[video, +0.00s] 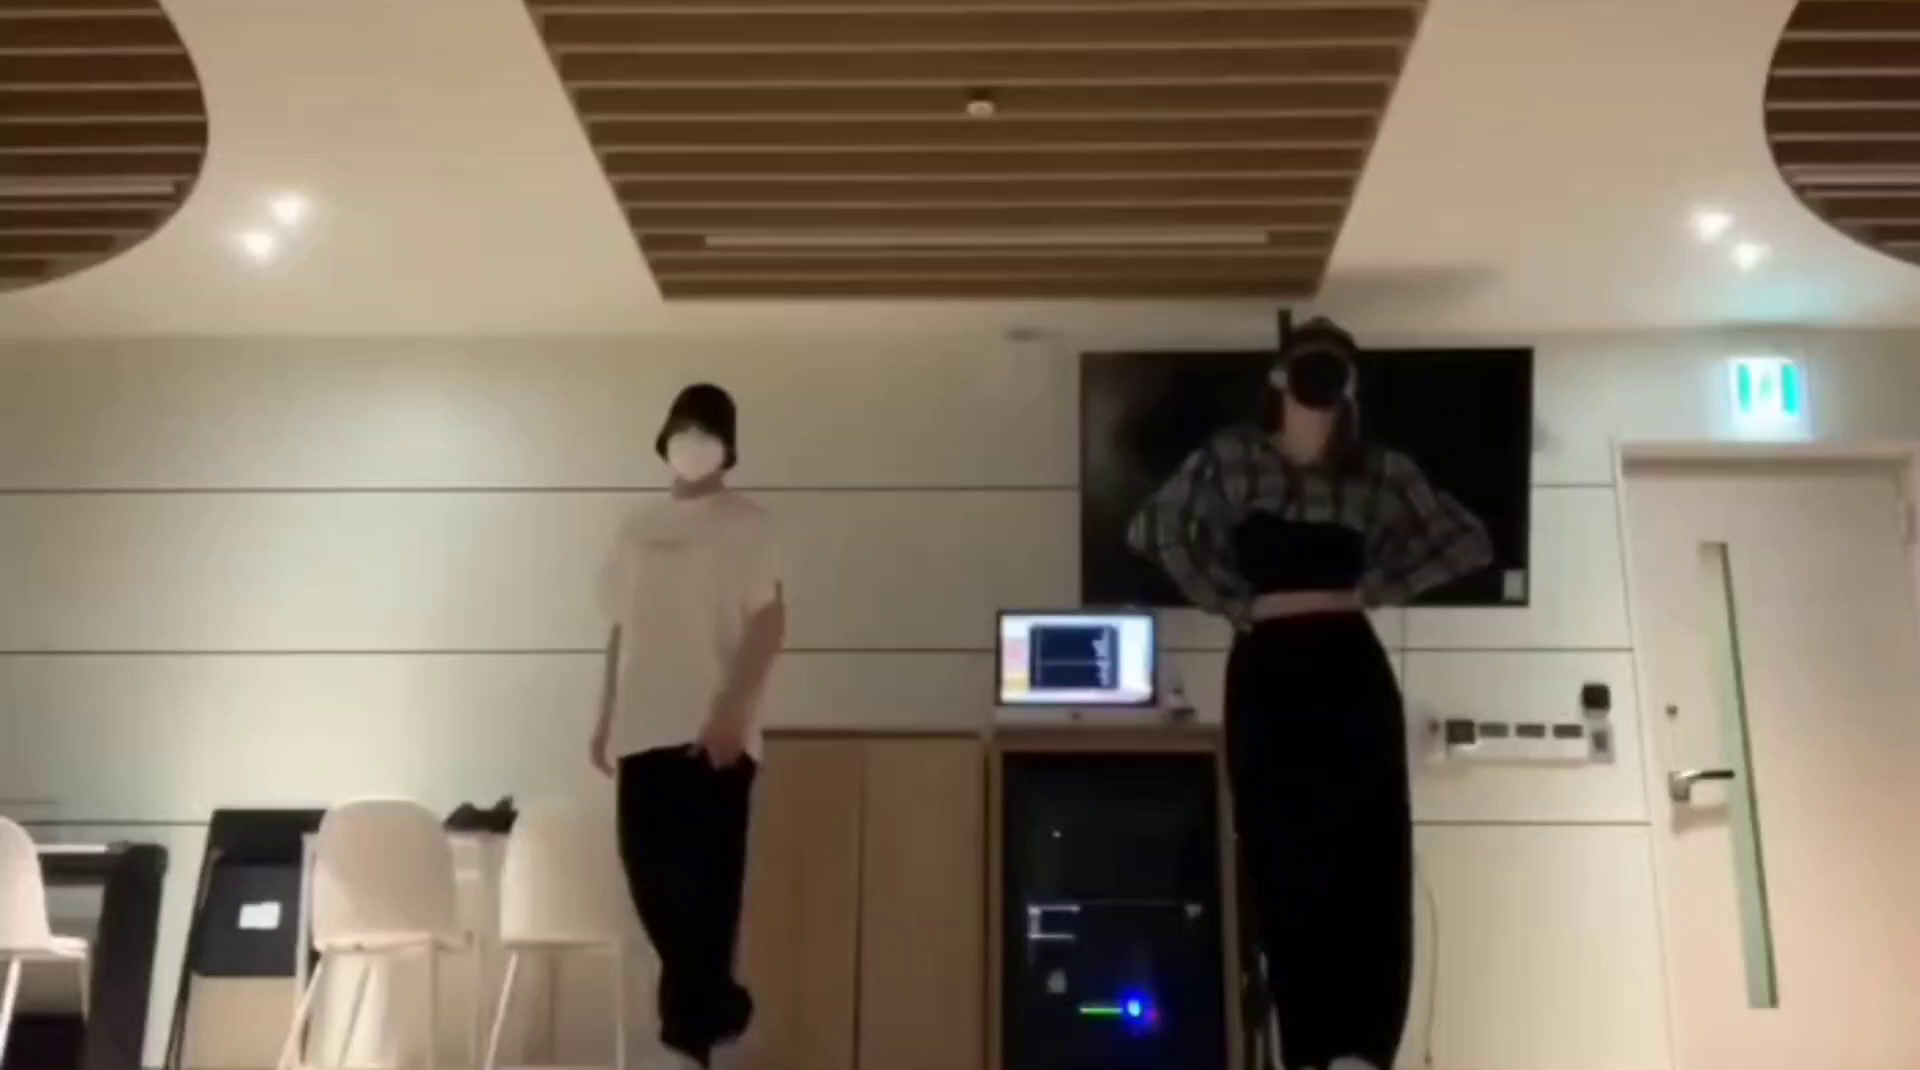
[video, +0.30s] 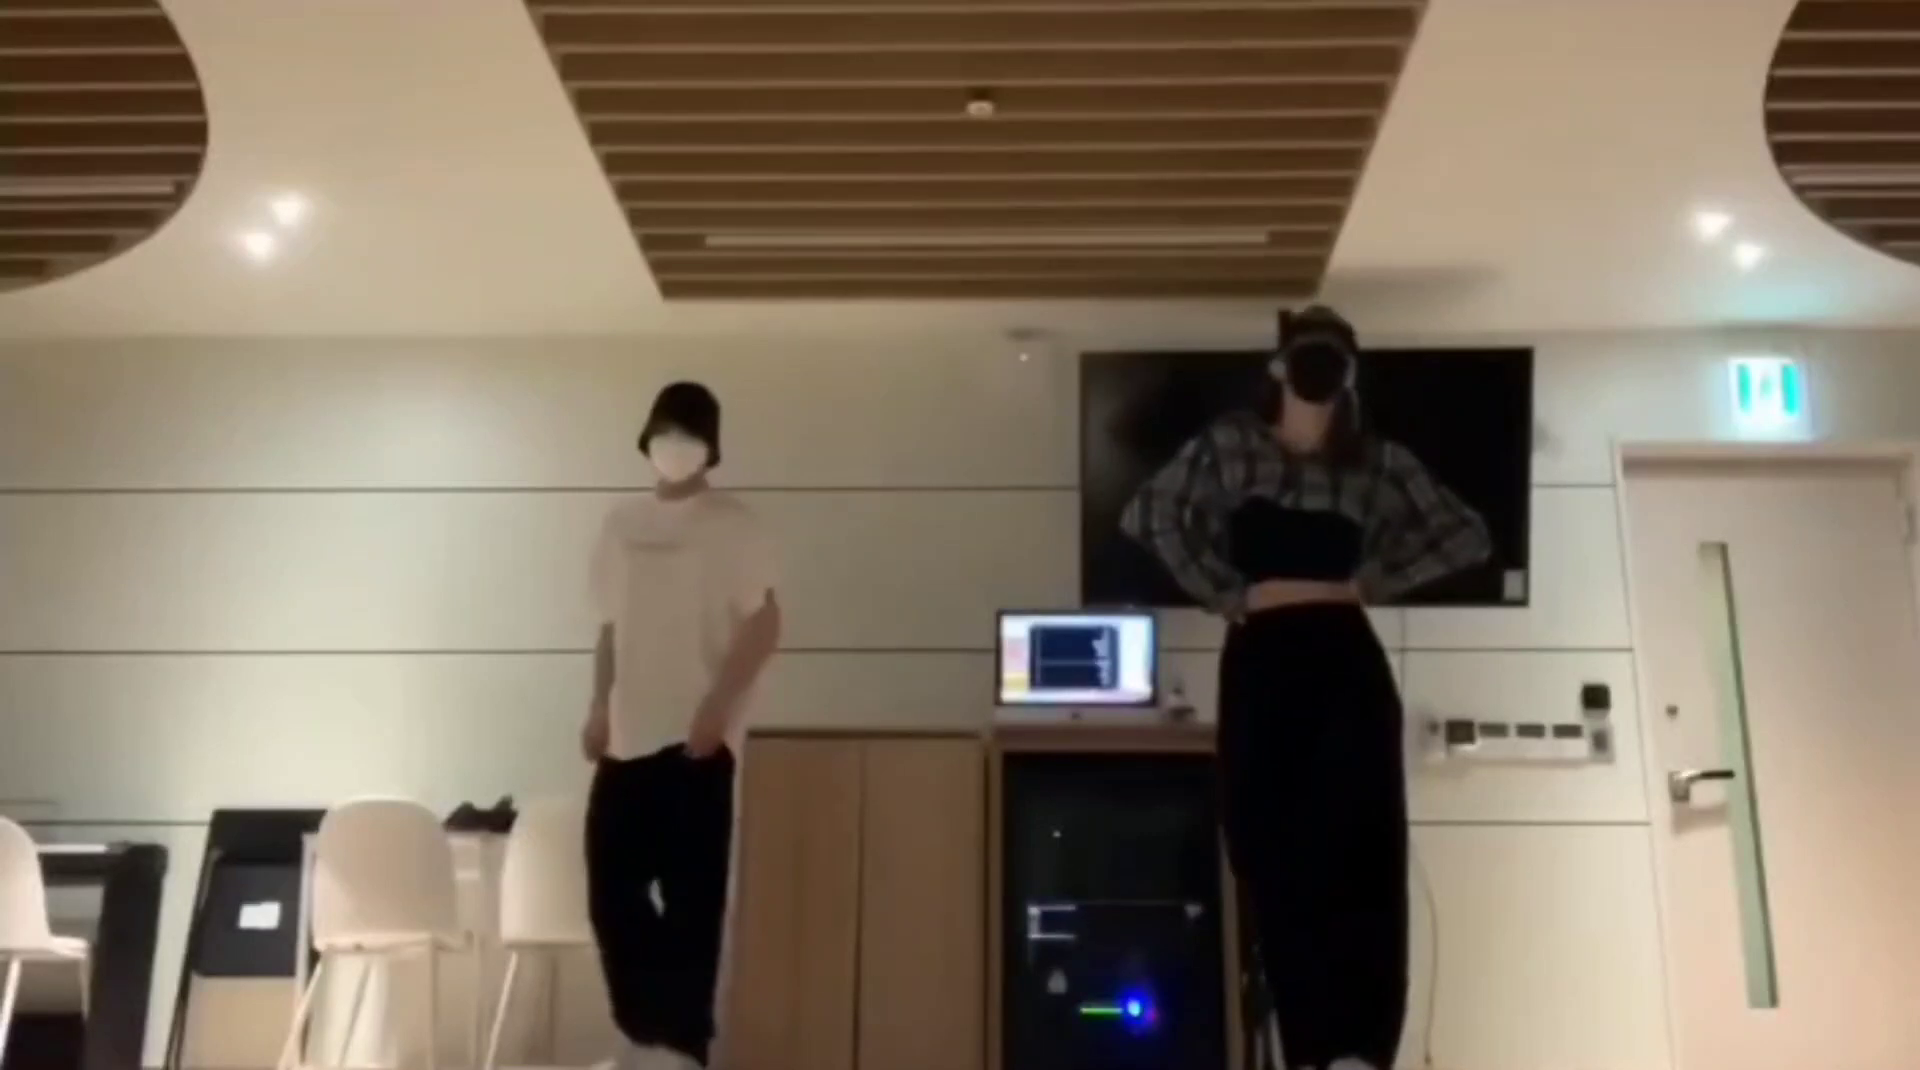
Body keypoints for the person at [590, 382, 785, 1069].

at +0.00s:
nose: (691, 446)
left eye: (707, 435)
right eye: (680, 434)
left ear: (728, 448)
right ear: (664, 443)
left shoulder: (746, 522)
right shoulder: (638, 525)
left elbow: (768, 620)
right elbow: (618, 630)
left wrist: (735, 711)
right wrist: (604, 718)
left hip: (715, 736)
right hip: (642, 737)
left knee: (705, 891)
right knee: (650, 884)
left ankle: (686, 1038)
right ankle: (720, 1005)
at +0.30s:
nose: (673, 448)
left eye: (688, 436)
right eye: (661, 436)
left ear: (711, 445)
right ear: (645, 443)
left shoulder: (737, 524)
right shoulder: (624, 523)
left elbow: (764, 623)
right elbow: (611, 627)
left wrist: (716, 711)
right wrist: (600, 709)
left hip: (700, 745)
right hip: (625, 747)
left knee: (694, 903)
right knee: (613, 900)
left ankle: (684, 1045)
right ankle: (641, 1038)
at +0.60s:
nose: (656, 469)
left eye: (671, 457)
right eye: (646, 456)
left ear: (692, 468)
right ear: (629, 464)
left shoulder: (719, 550)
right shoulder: (595, 546)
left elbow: (765, 632)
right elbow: (560, 629)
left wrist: (719, 684)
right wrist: (535, 682)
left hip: (674, 741)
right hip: (594, 743)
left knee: (672, 893)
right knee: (601, 899)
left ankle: (677, 1038)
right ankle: (617, 1041)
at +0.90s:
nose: (641, 477)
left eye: (654, 465)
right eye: (630, 465)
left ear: (676, 476)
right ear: (612, 475)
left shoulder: (706, 557)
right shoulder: (584, 557)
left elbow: (742, 645)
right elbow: (535, 643)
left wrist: (752, 596)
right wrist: (494, 617)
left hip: (682, 753)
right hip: (600, 755)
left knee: (689, 901)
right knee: (609, 906)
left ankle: (693, 1035)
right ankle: (622, 1044)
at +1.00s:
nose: (641, 478)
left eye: (653, 466)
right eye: (630, 467)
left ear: (675, 477)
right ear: (612, 476)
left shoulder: (705, 557)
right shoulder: (583, 558)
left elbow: (740, 645)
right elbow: (539, 647)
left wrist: (747, 594)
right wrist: (500, 614)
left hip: (684, 752)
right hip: (601, 755)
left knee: (693, 901)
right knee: (610, 906)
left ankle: (701, 1036)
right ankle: (622, 1043)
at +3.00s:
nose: (863, 504)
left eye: (874, 494)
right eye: (851, 491)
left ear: (887, 507)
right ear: (829, 500)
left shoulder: (887, 589)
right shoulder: (800, 578)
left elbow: (901, 683)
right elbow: (783, 671)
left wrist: (908, 767)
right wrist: (789, 758)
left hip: (880, 769)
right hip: (821, 766)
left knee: (823, 912)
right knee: (851, 912)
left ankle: (763, 1036)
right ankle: (876, 1043)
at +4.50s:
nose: (802, 481)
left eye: (816, 470)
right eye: (792, 468)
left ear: (836, 482)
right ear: (775, 475)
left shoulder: (854, 561)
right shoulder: (750, 558)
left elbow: (866, 656)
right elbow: (742, 656)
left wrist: (789, 723)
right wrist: (733, 732)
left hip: (822, 757)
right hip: (761, 753)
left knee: (784, 906)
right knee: (816, 902)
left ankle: (768, 1043)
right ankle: (886, 1029)